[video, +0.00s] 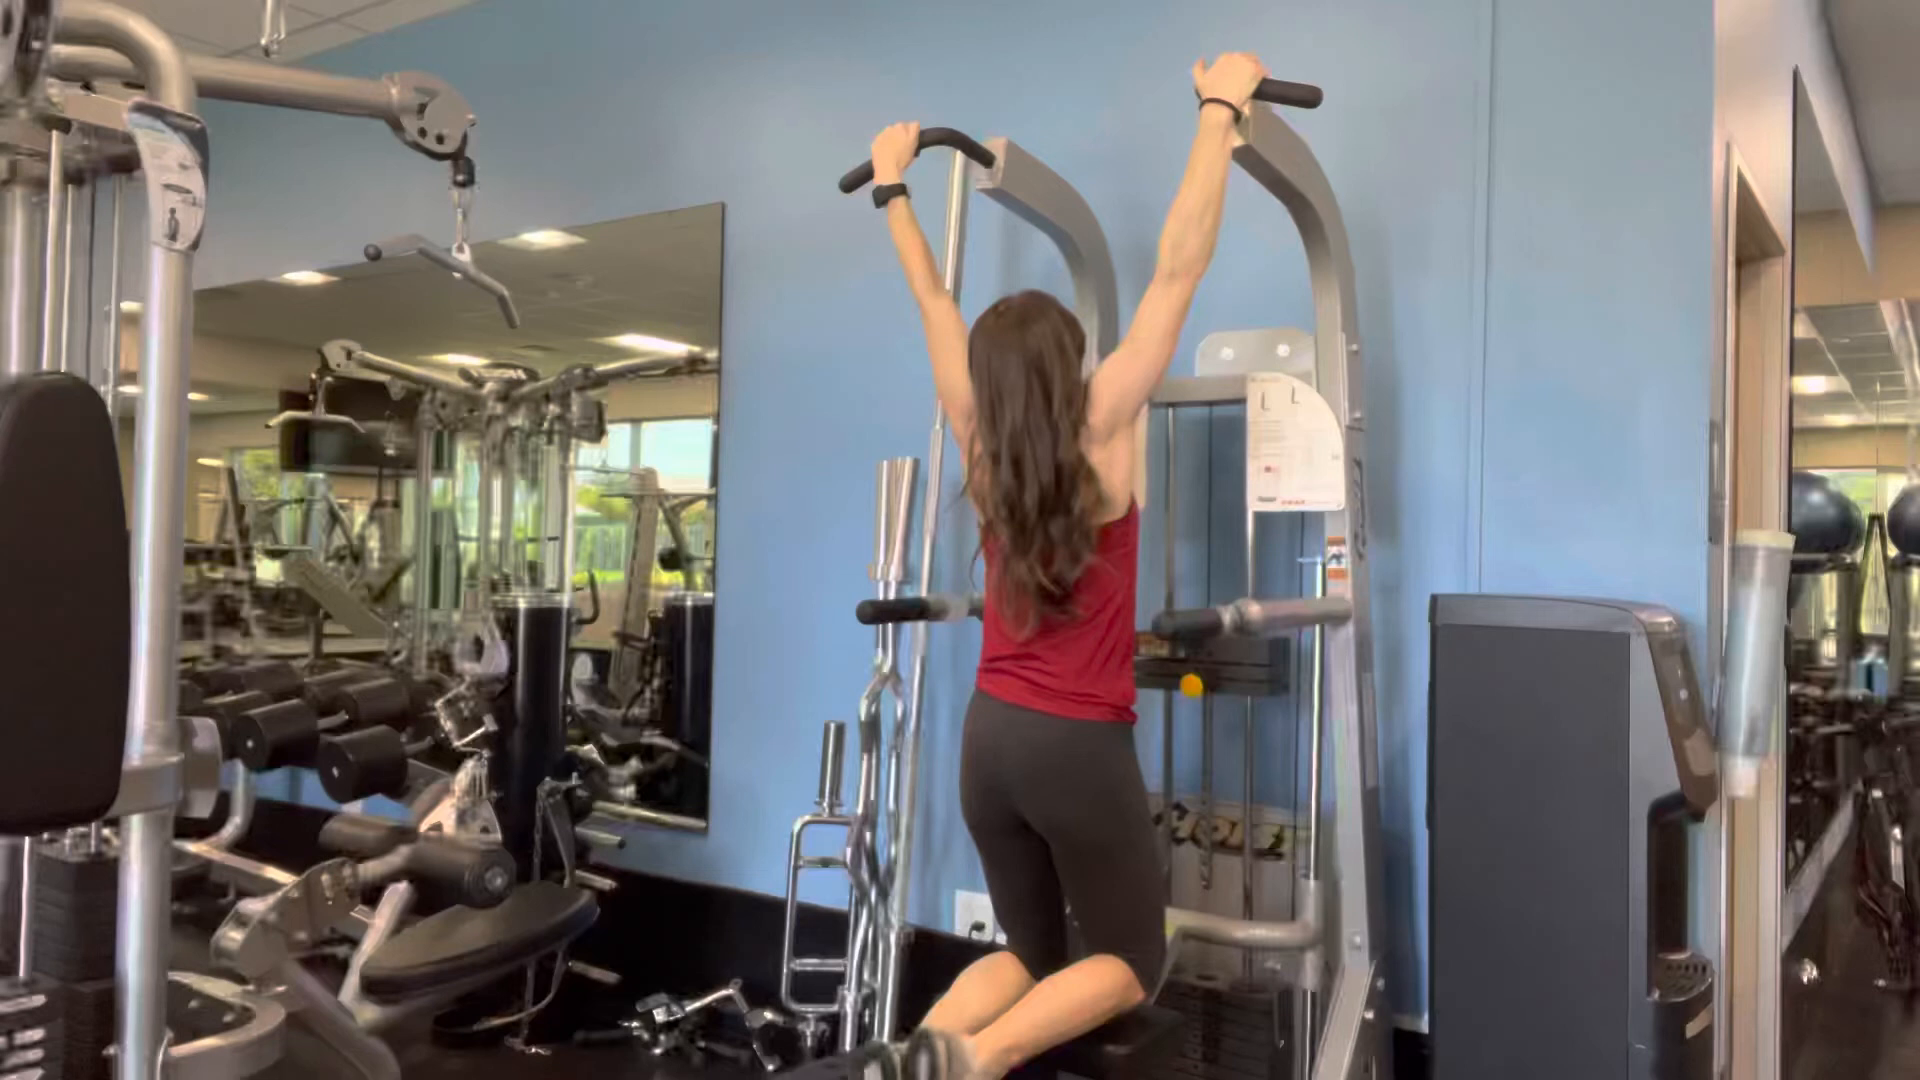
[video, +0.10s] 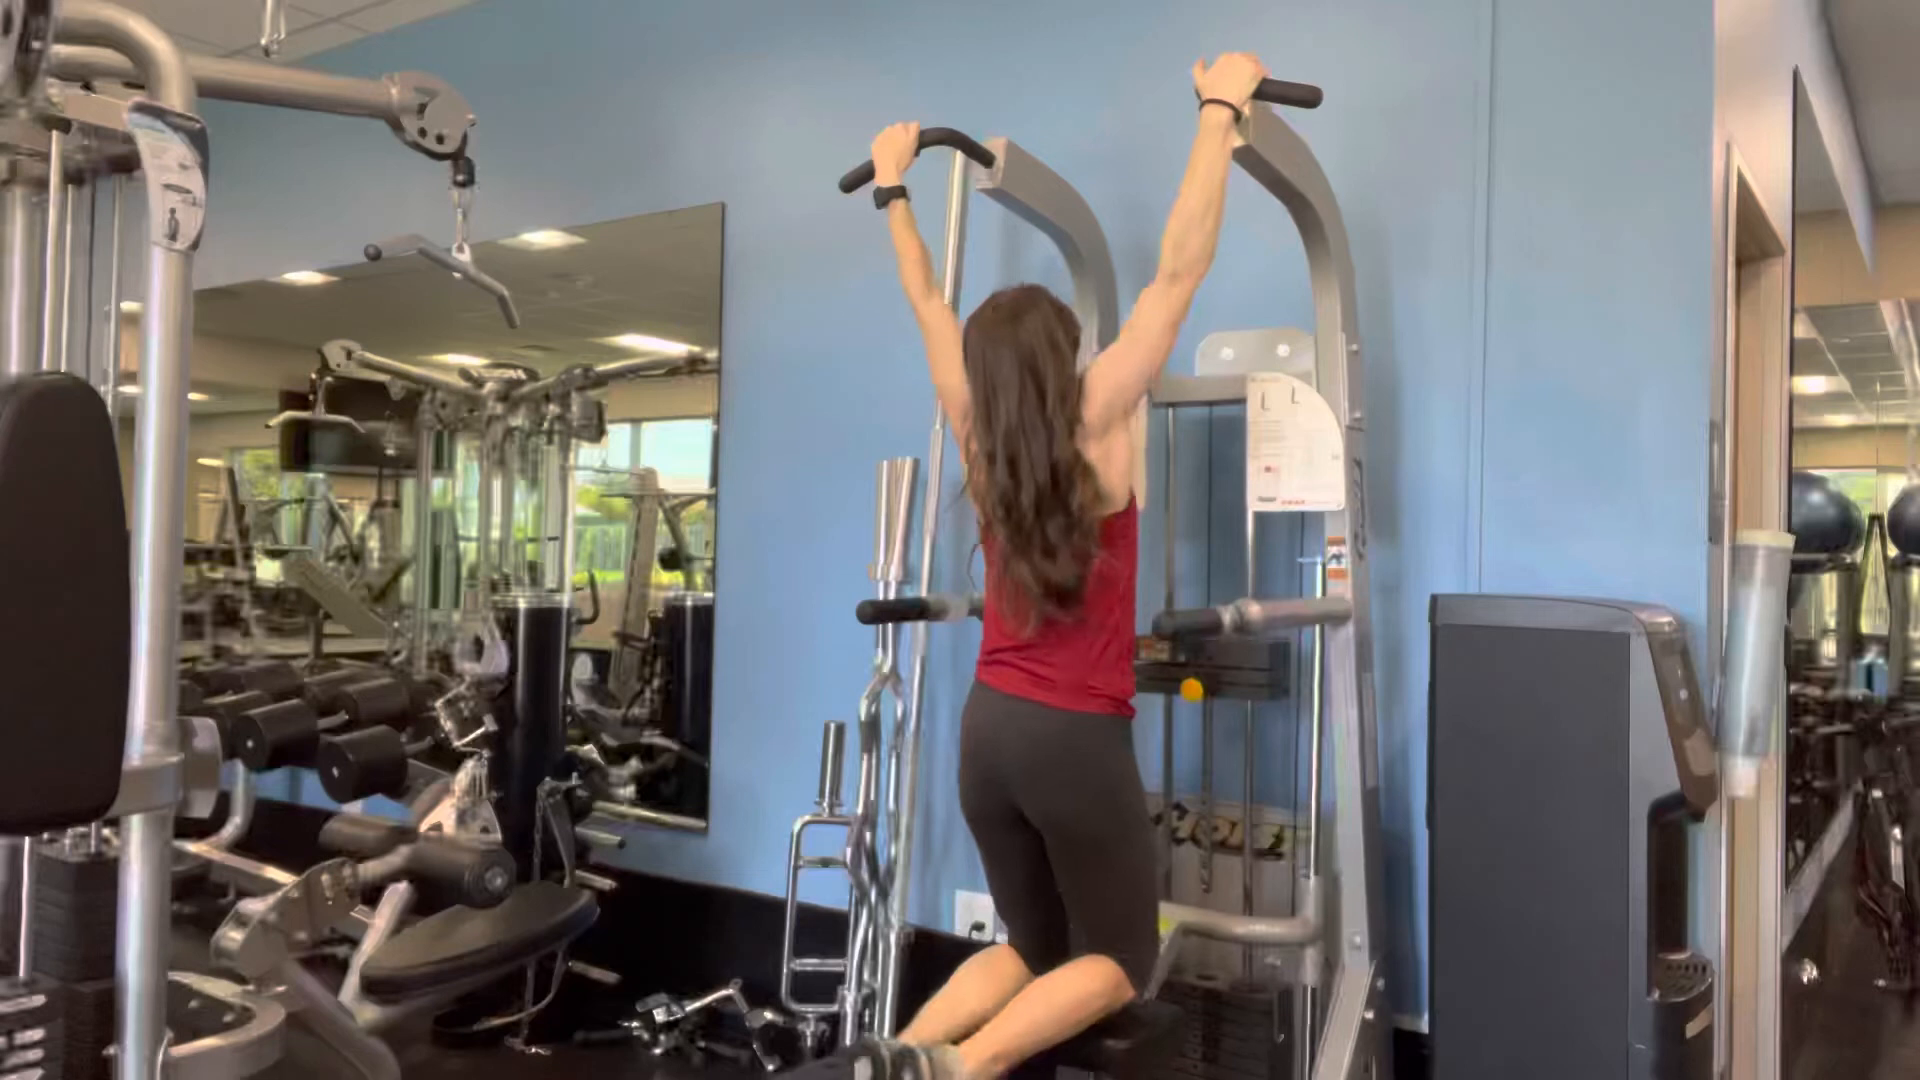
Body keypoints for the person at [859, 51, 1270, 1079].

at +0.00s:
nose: (1076, 335)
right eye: (1068, 331)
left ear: (988, 370)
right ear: (1066, 359)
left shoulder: (980, 438)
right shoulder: (1106, 417)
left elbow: (933, 301)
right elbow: (1178, 266)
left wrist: (891, 185)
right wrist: (1219, 112)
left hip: (990, 735)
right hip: (1079, 748)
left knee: (1029, 953)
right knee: (1129, 964)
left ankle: (917, 1052)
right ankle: (977, 1056)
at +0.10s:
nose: (1077, 331)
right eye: (1067, 325)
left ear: (986, 363)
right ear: (1063, 350)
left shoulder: (977, 430)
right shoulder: (1104, 406)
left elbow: (928, 301)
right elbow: (1178, 270)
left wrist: (891, 186)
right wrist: (1220, 113)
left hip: (988, 727)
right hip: (1075, 741)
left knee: (1032, 947)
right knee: (1120, 960)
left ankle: (902, 1054)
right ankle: (965, 1064)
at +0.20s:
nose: (1069, 324)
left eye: (1042, 318)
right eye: (1060, 317)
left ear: (975, 345)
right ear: (1052, 334)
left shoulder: (965, 420)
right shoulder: (1092, 396)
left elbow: (917, 298)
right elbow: (1189, 270)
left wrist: (891, 188)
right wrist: (1220, 112)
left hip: (986, 712)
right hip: (1073, 723)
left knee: (1032, 930)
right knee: (1116, 944)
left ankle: (900, 1038)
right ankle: (956, 1057)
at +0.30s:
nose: (1056, 299)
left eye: (1042, 286)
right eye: (1047, 287)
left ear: (960, 310)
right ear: (1037, 300)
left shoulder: (958, 389)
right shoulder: (1078, 367)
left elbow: (906, 295)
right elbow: (1201, 265)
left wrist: (887, 186)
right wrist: (1220, 111)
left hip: (988, 679)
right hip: (1074, 685)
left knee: (1037, 894)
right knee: (1120, 912)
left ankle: (901, 983)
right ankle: (950, 1006)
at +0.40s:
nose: (1049, 264)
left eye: (1002, 254)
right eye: (1040, 254)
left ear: (960, 273)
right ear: (1033, 270)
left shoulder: (948, 362)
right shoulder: (1072, 345)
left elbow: (889, 293)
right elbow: (1216, 259)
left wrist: (884, 182)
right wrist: (1223, 108)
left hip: (993, 648)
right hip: (1080, 654)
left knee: (1038, 863)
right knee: (1125, 880)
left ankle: (896, 959)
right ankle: (957, 969)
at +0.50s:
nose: (1063, 243)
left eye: (1052, 231)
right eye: (1056, 230)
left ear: (964, 242)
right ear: (1043, 239)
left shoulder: (948, 333)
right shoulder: (1079, 314)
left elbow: (881, 292)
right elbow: (1234, 252)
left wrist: (885, 184)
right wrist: (1225, 107)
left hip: (1000, 612)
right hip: (1085, 618)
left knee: (1038, 830)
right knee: (1127, 847)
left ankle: (906, 933)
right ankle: (964, 947)